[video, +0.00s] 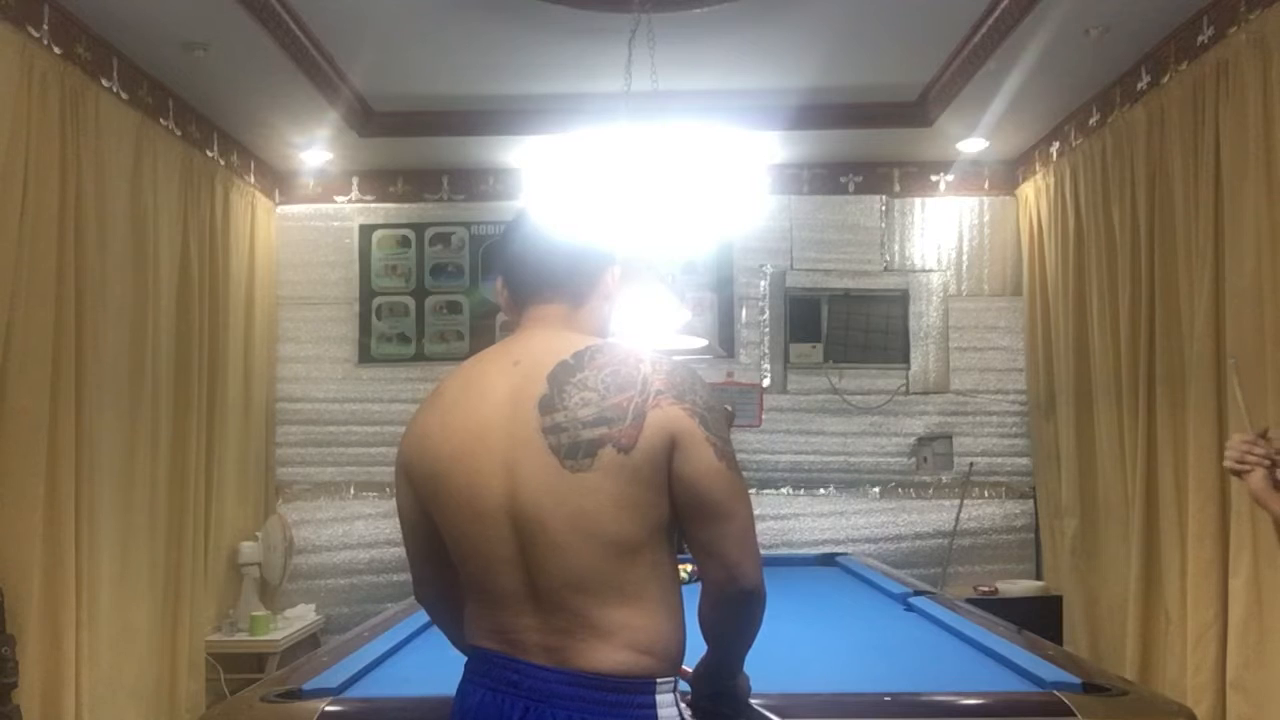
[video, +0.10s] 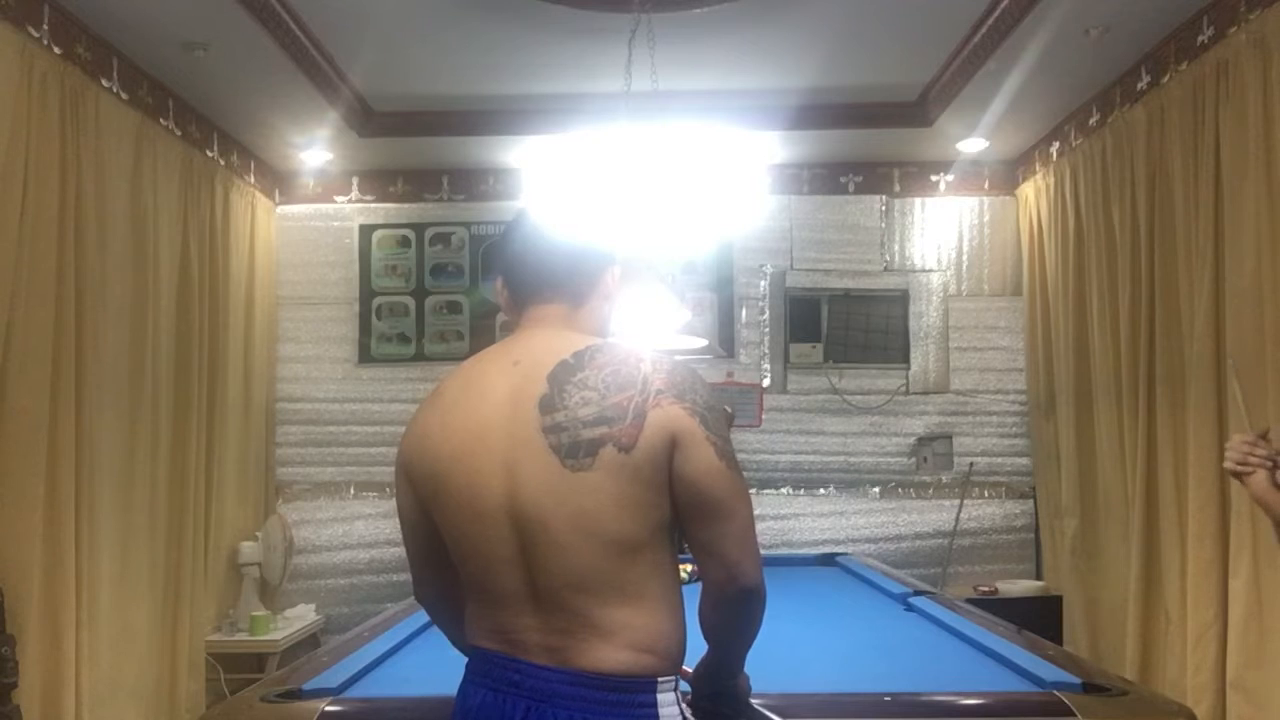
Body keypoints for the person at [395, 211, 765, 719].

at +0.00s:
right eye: (619, 284)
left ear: (501, 294)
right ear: (610, 283)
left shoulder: (434, 412)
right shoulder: (660, 391)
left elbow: (434, 588)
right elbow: (738, 581)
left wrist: (497, 661)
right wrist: (722, 674)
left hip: (487, 698)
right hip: (629, 702)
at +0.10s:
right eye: (619, 283)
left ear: (501, 294)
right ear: (610, 283)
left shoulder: (434, 412)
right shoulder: (661, 390)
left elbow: (434, 588)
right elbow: (738, 581)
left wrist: (498, 661)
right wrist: (722, 674)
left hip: (488, 698)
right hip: (631, 702)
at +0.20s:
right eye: (620, 280)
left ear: (500, 294)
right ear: (610, 282)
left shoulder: (434, 413)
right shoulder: (662, 388)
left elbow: (435, 590)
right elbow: (738, 578)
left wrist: (499, 662)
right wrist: (723, 673)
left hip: (488, 699)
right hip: (631, 702)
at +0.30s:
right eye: (620, 280)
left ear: (501, 294)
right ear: (609, 282)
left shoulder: (435, 413)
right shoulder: (662, 387)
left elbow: (435, 591)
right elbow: (739, 579)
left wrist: (498, 662)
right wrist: (723, 673)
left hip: (487, 699)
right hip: (632, 702)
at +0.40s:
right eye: (623, 276)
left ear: (503, 293)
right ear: (612, 280)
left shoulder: (436, 412)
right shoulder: (665, 386)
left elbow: (436, 590)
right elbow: (739, 579)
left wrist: (499, 663)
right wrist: (723, 673)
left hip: (488, 699)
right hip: (633, 701)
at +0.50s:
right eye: (627, 276)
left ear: (506, 293)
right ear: (614, 280)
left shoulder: (438, 412)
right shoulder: (665, 386)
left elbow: (436, 591)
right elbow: (740, 579)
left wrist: (501, 662)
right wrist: (723, 673)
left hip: (492, 698)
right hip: (636, 701)